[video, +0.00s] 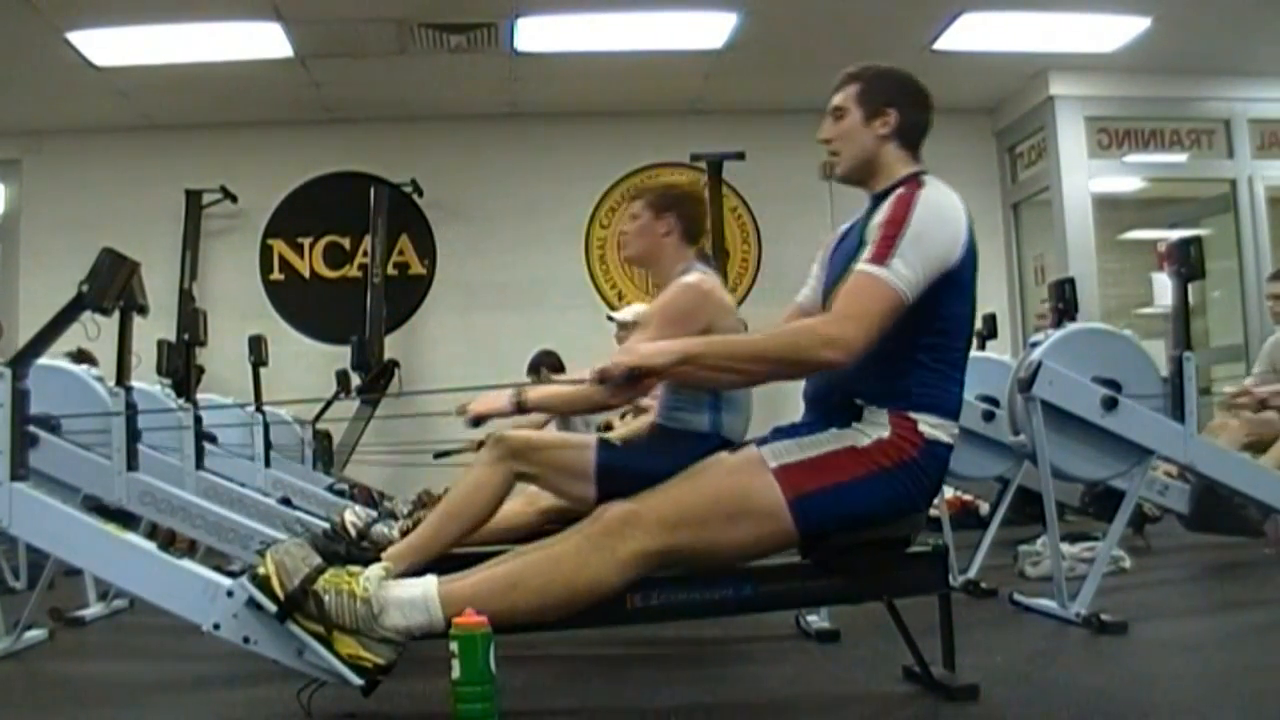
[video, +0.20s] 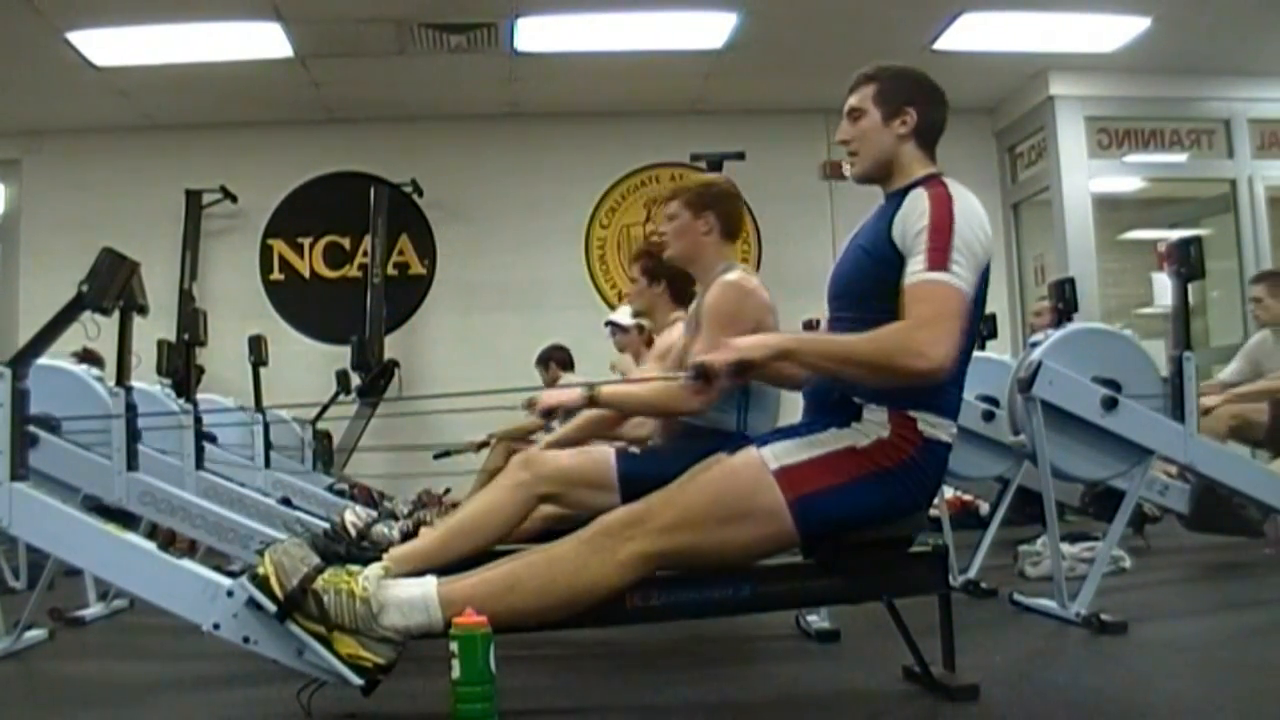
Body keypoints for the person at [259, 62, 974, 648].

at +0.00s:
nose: (822, 129)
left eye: (836, 115)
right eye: (826, 115)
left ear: (884, 124)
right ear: (873, 127)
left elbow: (837, 344)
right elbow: (789, 338)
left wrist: (662, 363)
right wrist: (665, 366)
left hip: (888, 441)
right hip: (830, 434)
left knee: (635, 525)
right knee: (609, 517)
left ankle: (396, 611)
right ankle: (397, 602)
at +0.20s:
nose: (841, 139)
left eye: (853, 121)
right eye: (842, 124)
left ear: (902, 122)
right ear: (895, 126)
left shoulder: (936, 201)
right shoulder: (897, 215)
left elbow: (928, 352)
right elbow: (879, 358)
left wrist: (772, 348)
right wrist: (765, 360)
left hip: (886, 439)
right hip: (849, 432)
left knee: (640, 530)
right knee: (632, 527)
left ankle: (402, 611)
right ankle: (404, 605)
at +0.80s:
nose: (770, 137)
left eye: (781, 120)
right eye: (772, 123)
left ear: (828, 122)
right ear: (828, 128)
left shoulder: (879, 204)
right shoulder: (836, 222)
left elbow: (873, 378)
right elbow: (827, 377)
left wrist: (714, 396)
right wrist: (704, 395)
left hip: (880, 444)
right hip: (840, 438)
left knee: (627, 506)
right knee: (604, 497)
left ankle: (397, 608)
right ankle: (392, 601)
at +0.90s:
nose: (736, 145)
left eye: (747, 126)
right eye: (738, 130)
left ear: (793, 125)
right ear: (790, 130)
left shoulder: (843, 204)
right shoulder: (805, 221)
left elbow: (797, 373)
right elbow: (765, 369)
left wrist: (638, 407)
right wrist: (644, 399)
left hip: (871, 444)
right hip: (823, 437)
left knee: (618, 484)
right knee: (601, 469)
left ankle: (398, 613)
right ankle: (389, 589)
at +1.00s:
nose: (692, 145)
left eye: (703, 126)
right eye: (694, 130)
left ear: (748, 127)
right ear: (748, 131)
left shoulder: (800, 208)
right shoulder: (761, 228)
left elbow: (717, 365)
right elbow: (702, 366)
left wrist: (568, 419)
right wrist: (564, 416)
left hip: (856, 448)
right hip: (808, 442)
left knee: (591, 458)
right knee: (573, 459)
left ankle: (398, 614)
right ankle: (386, 588)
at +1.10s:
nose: (637, 157)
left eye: (648, 138)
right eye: (641, 142)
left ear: (694, 138)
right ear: (697, 142)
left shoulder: (750, 215)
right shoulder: (713, 233)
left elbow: (638, 369)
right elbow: (649, 377)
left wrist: (488, 437)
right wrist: (499, 440)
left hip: (827, 449)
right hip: (774, 445)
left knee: (571, 442)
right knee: (552, 458)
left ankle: (395, 609)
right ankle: (385, 588)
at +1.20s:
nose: (582, 163)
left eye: (593, 143)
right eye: (586, 146)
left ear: (637, 147)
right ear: (639, 149)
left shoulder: (696, 224)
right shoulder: (673, 231)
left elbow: (563, 373)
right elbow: (584, 379)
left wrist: (428, 443)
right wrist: (456, 452)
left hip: (788, 455)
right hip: (748, 448)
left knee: (551, 408)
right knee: (536, 428)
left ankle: (391, 604)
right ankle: (388, 597)